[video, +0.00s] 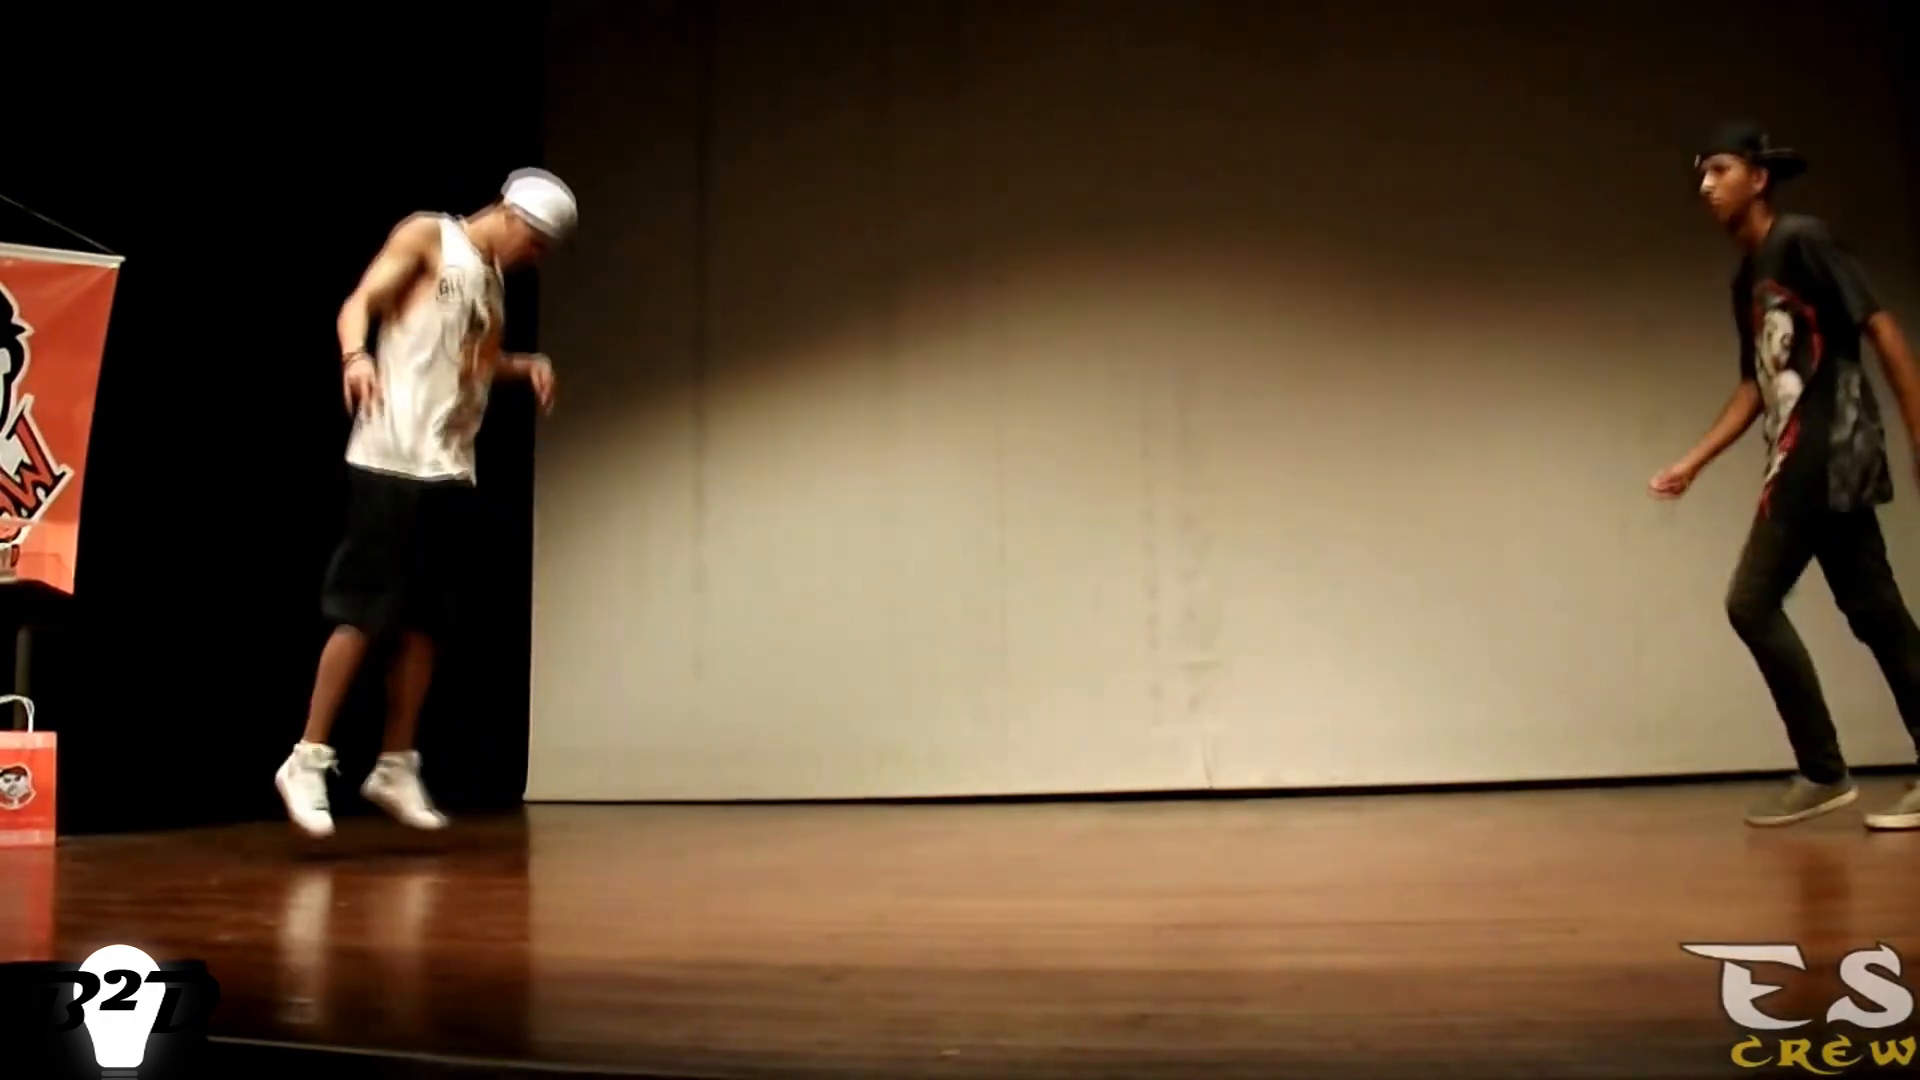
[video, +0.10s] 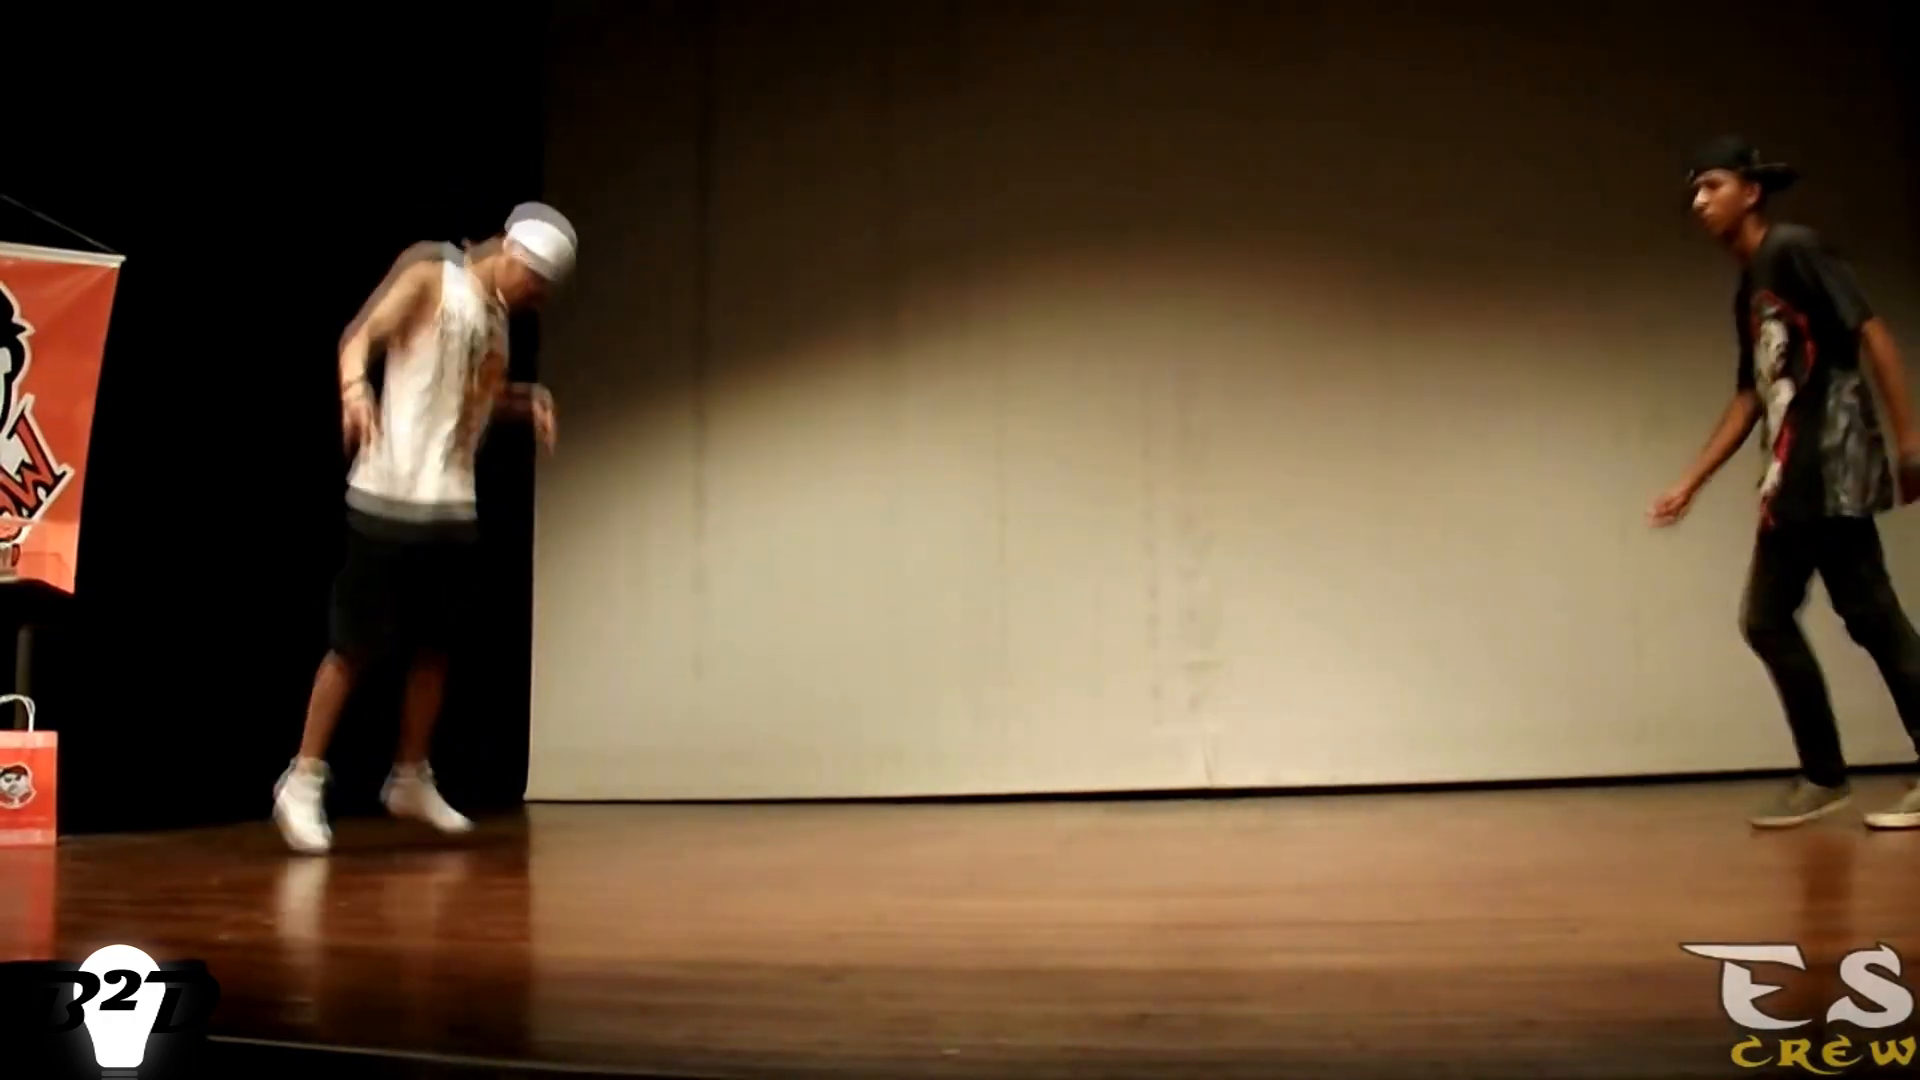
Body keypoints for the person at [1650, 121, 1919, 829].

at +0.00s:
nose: (1706, 184)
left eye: (1718, 171)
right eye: (1702, 174)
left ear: (1759, 177)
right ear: (1711, 188)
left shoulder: (1804, 241)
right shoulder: (1747, 275)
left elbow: (1882, 329)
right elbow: (1757, 387)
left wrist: (1917, 432)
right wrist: (1692, 463)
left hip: (1823, 457)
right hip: (1814, 460)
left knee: (1751, 604)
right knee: (1881, 616)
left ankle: (1824, 774)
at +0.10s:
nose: (1698, 201)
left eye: (1710, 187)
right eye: (1695, 191)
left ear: (1749, 191)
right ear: (1718, 202)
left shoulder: (1795, 249)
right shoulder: (1749, 285)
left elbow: (1873, 334)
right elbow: (1750, 398)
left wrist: (1907, 441)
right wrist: (1688, 485)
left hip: (1819, 473)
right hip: (1809, 475)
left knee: (1767, 621)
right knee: (1876, 617)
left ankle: (1824, 778)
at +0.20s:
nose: (1684, 213)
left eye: (1696, 198)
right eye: (1683, 202)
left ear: (1737, 202)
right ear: (1705, 213)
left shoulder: (1781, 260)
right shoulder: (1740, 289)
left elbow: (1847, 354)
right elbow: (1743, 405)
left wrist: (1880, 467)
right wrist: (1702, 501)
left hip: (1819, 481)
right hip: (1798, 485)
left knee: (1789, 631)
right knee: (1851, 620)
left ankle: (1833, 788)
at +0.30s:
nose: (1667, 222)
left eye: (1679, 209)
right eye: (1666, 210)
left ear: (1718, 211)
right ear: (1699, 215)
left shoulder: (1763, 263)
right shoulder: (1732, 285)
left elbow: (1805, 373)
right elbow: (1736, 401)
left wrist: (1835, 472)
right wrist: (1721, 495)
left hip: (1801, 476)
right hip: (1780, 479)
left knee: (1785, 627)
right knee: (1797, 624)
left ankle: (1833, 790)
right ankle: (1900, 746)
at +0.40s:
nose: (1659, 232)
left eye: (1665, 219)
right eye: (1658, 219)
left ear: (1695, 216)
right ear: (1699, 216)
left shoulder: (1744, 261)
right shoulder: (1730, 270)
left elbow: (1769, 362)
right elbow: (1736, 378)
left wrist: (1759, 462)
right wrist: (1723, 464)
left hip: (1787, 480)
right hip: (1769, 479)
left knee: (1780, 626)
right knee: (1747, 618)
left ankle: (1834, 788)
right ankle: (1875, 716)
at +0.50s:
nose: (1652, 233)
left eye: (1658, 218)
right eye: (1649, 220)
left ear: (1688, 215)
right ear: (1693, 217)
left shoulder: (1719, 255)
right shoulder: (1724, 260)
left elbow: (1735, 344)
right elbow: (1745, 357)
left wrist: (1691, 396)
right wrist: (1689, 396)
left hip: (1772, 483)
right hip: (1748, 483)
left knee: (1786, 630)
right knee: (1697, 608)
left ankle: (1837, 787)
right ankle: (1811, 720)